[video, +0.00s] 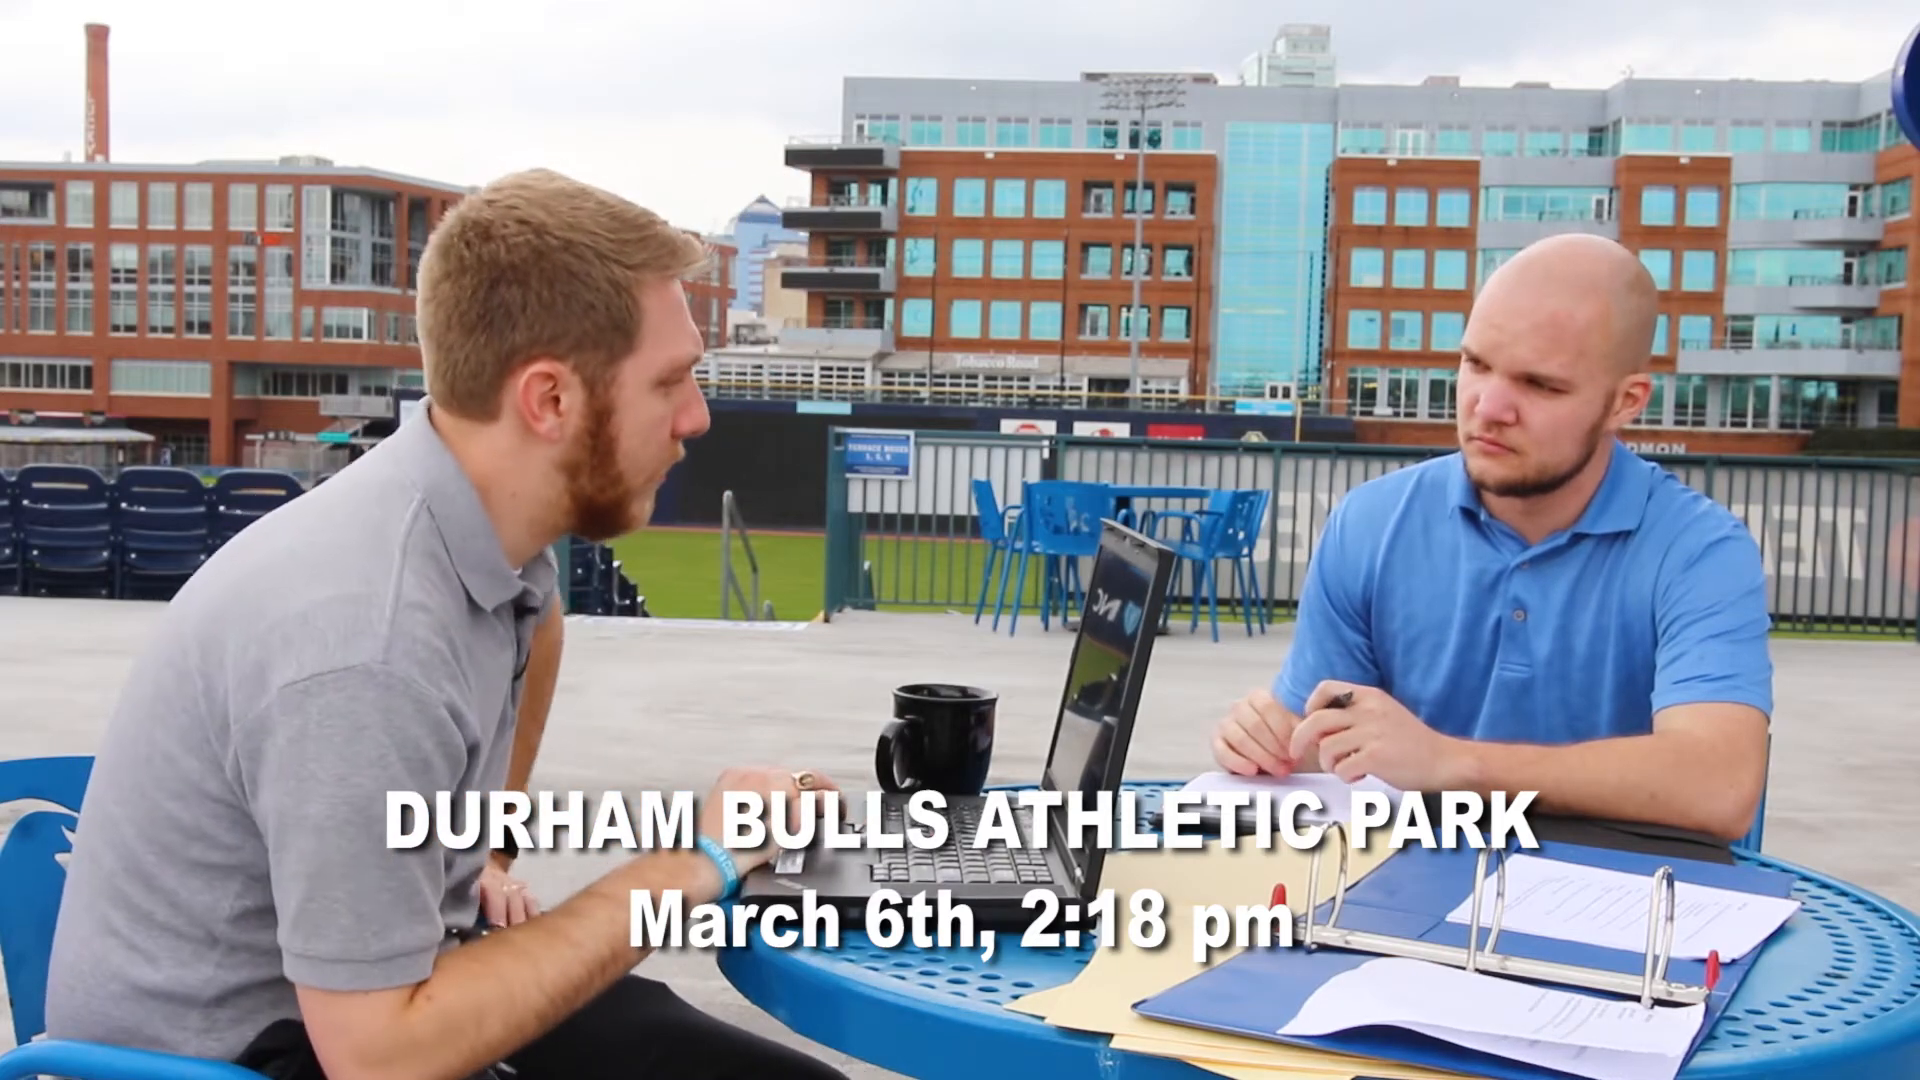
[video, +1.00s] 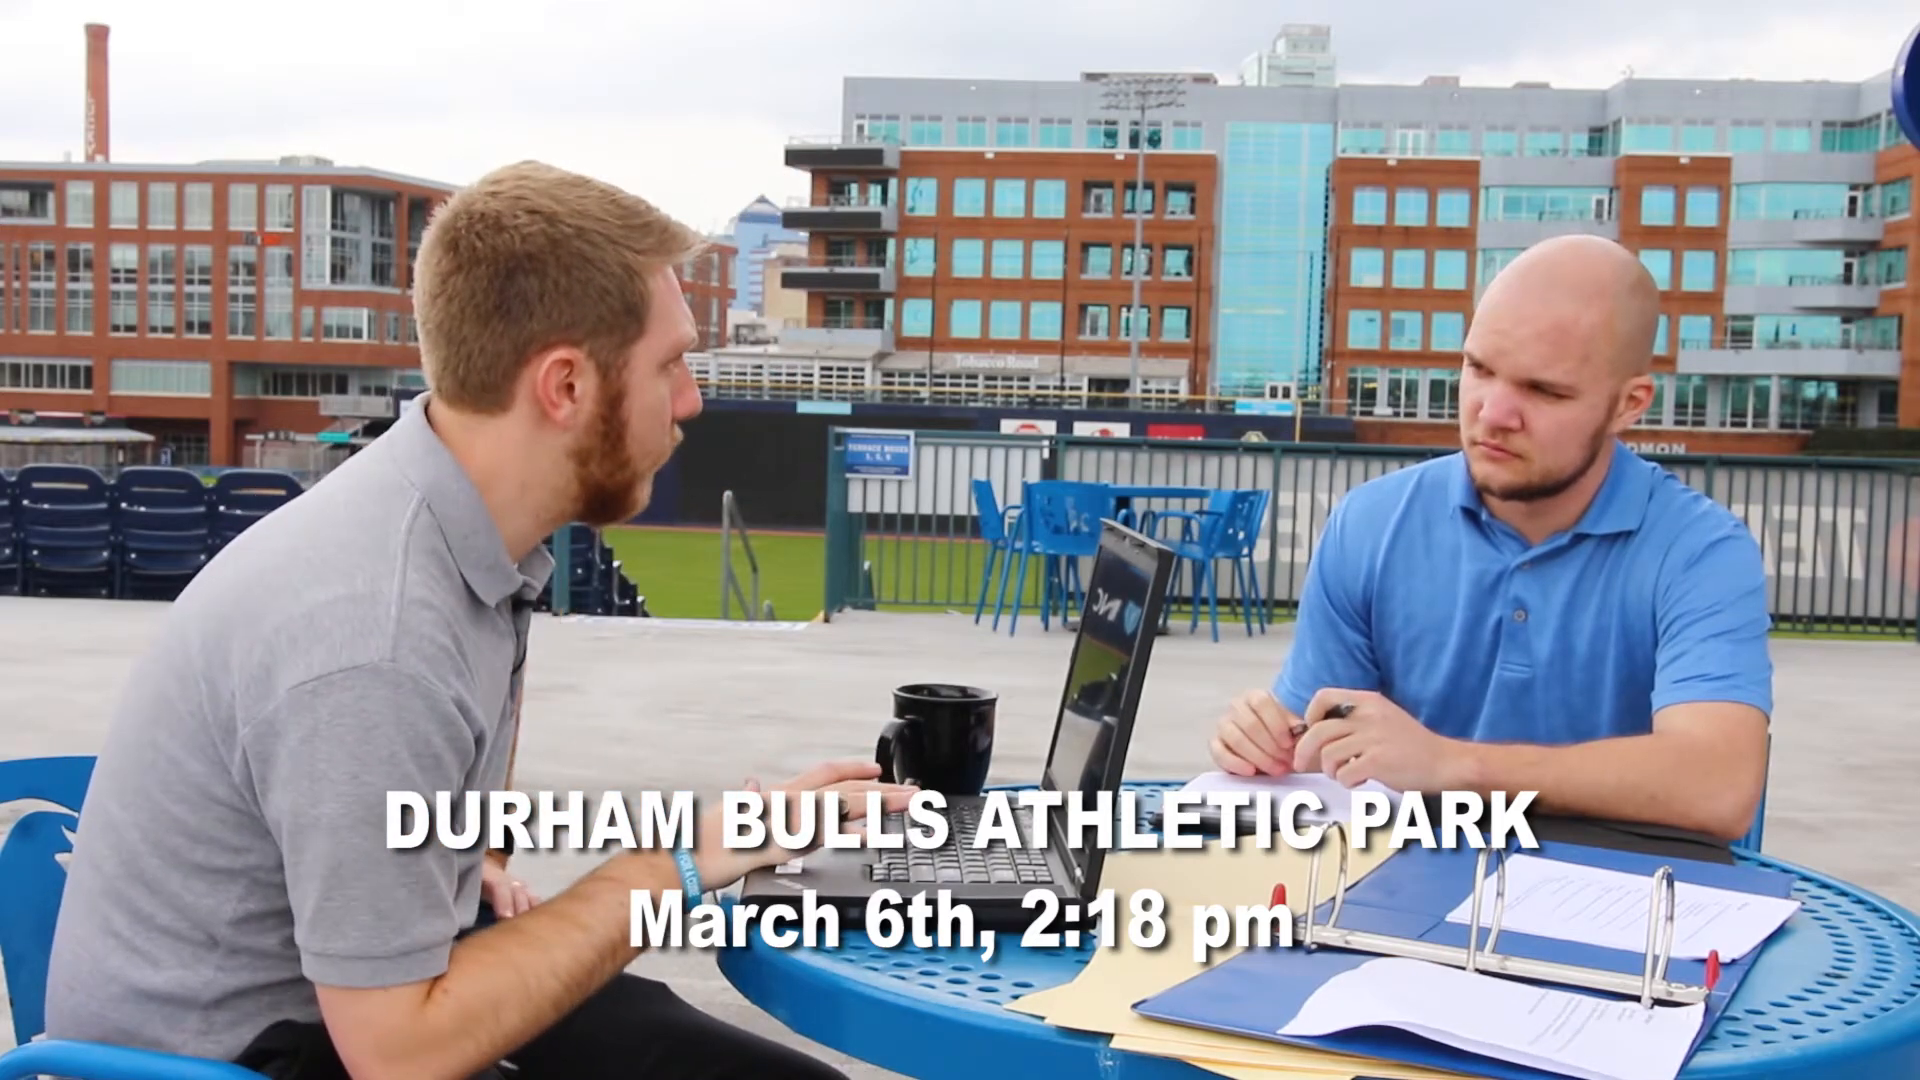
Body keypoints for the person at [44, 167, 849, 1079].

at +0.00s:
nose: (700, 420)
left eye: (693, 380)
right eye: (672, 385)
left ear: (548, 404)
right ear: (547, 401)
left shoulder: (472, 510)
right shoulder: (361, 649)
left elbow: (536, 636)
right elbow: (379, 1050)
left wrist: (487, 836)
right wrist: (691, 857)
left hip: (374, 964)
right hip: (218, 1046)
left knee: (808, 1074)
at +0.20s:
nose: (703, 425)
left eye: (698, 390)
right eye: (680, 396)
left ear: (553, 415)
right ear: (554, 413)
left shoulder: (505, 518)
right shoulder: (349, 657)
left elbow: (560, 632)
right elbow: (390, 1051)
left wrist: (493, 839)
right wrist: (704, 846)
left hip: (400, 949)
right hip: (214, 1041)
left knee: (800, 1066)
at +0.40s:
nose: (702, 427)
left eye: (696, 389)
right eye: (677, 397)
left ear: (548, 416)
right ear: (555, 413)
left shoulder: (477, 533)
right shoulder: (348, 659)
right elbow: (402, 1054)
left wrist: (466, 857)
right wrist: (706, 851)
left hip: (381, 968)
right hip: (216, 1047)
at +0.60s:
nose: (689, 409)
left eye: (683, 371)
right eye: (669, 374)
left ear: (542, 397)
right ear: (554, 395)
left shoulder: (461, 508)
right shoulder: (349, 663)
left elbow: (539, 636)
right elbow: (404, 1051)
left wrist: (488, 836)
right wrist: (704, 854)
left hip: (376, 957)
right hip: (213, 1044)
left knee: (641, 1014)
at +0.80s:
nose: (688, 405)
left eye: (681, 365)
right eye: (668, 367)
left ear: (546, 388)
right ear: (556, 387)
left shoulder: (464, 512)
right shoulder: (345, 652)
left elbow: (533, 637)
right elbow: (400, 1044)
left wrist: (483, 841)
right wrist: (695, 857)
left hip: (387, 951)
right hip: (215, 1041)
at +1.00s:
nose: (694, 402)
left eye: (688, 365)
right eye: (674, 369)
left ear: (562, 389)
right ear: (565, 389)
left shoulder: (464, 526)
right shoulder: (365, 642)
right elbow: (404, 1047)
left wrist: (467, 857)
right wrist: (690, 860)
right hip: (212, 1048)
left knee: (803, 1063)